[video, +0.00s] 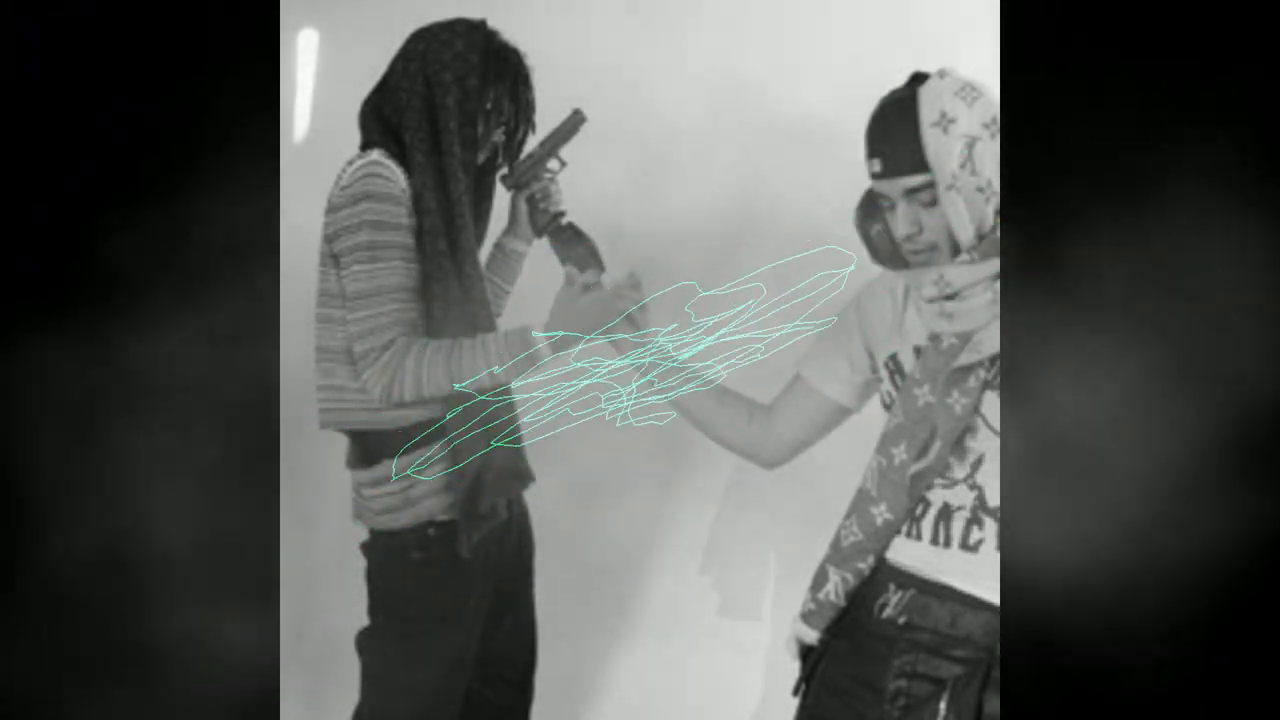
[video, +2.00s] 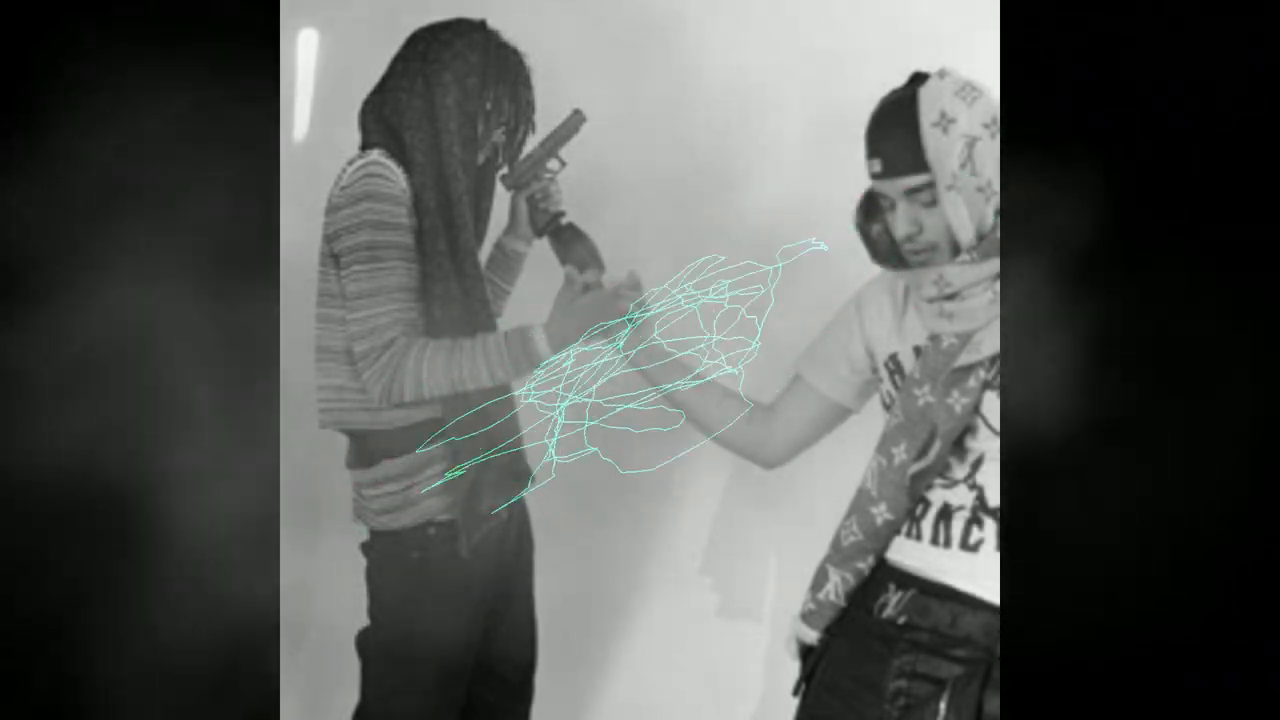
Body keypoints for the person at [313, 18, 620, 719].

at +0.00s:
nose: (495, 142)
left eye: (502, 124)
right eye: (489, 119)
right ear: (446, 108)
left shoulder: (430, 191)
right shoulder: (377, 182)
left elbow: (464, 330)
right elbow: (388, 370)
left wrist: (518, 234)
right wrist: (555, 337)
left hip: (486, 498)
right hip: (420, 514)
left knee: (500, 697)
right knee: (411, 703)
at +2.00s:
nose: (499, 147)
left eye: (506, 129)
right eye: (493, 124)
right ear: (450, 110)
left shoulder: (425, 192)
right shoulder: (377, 183)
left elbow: (462, 329)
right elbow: (388, 369)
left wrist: (519, 234)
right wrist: (550, 338)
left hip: (486, 493)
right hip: (423, 510)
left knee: (500, 695)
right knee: (413, 702)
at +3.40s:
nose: (498, 144)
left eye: (505, 125)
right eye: (492, 120)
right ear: (448, 108)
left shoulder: (427, 192)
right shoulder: (377, 182)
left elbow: (462, 332)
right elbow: (386, 368)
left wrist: (519, 233)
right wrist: (544, 341)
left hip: (484, 485)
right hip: (422, 498)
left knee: (499, 698)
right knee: (413, 702)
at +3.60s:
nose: (497, 142)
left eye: (505, 124)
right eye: (492, 119)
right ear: (449, 107)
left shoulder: (428, 191)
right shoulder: (377, 182)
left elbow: (463, 330)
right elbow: (387, 369)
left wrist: (518, 233)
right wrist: (552, 336)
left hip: (486, 500)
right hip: (422, 516)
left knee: (500, 699)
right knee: (411, 704)